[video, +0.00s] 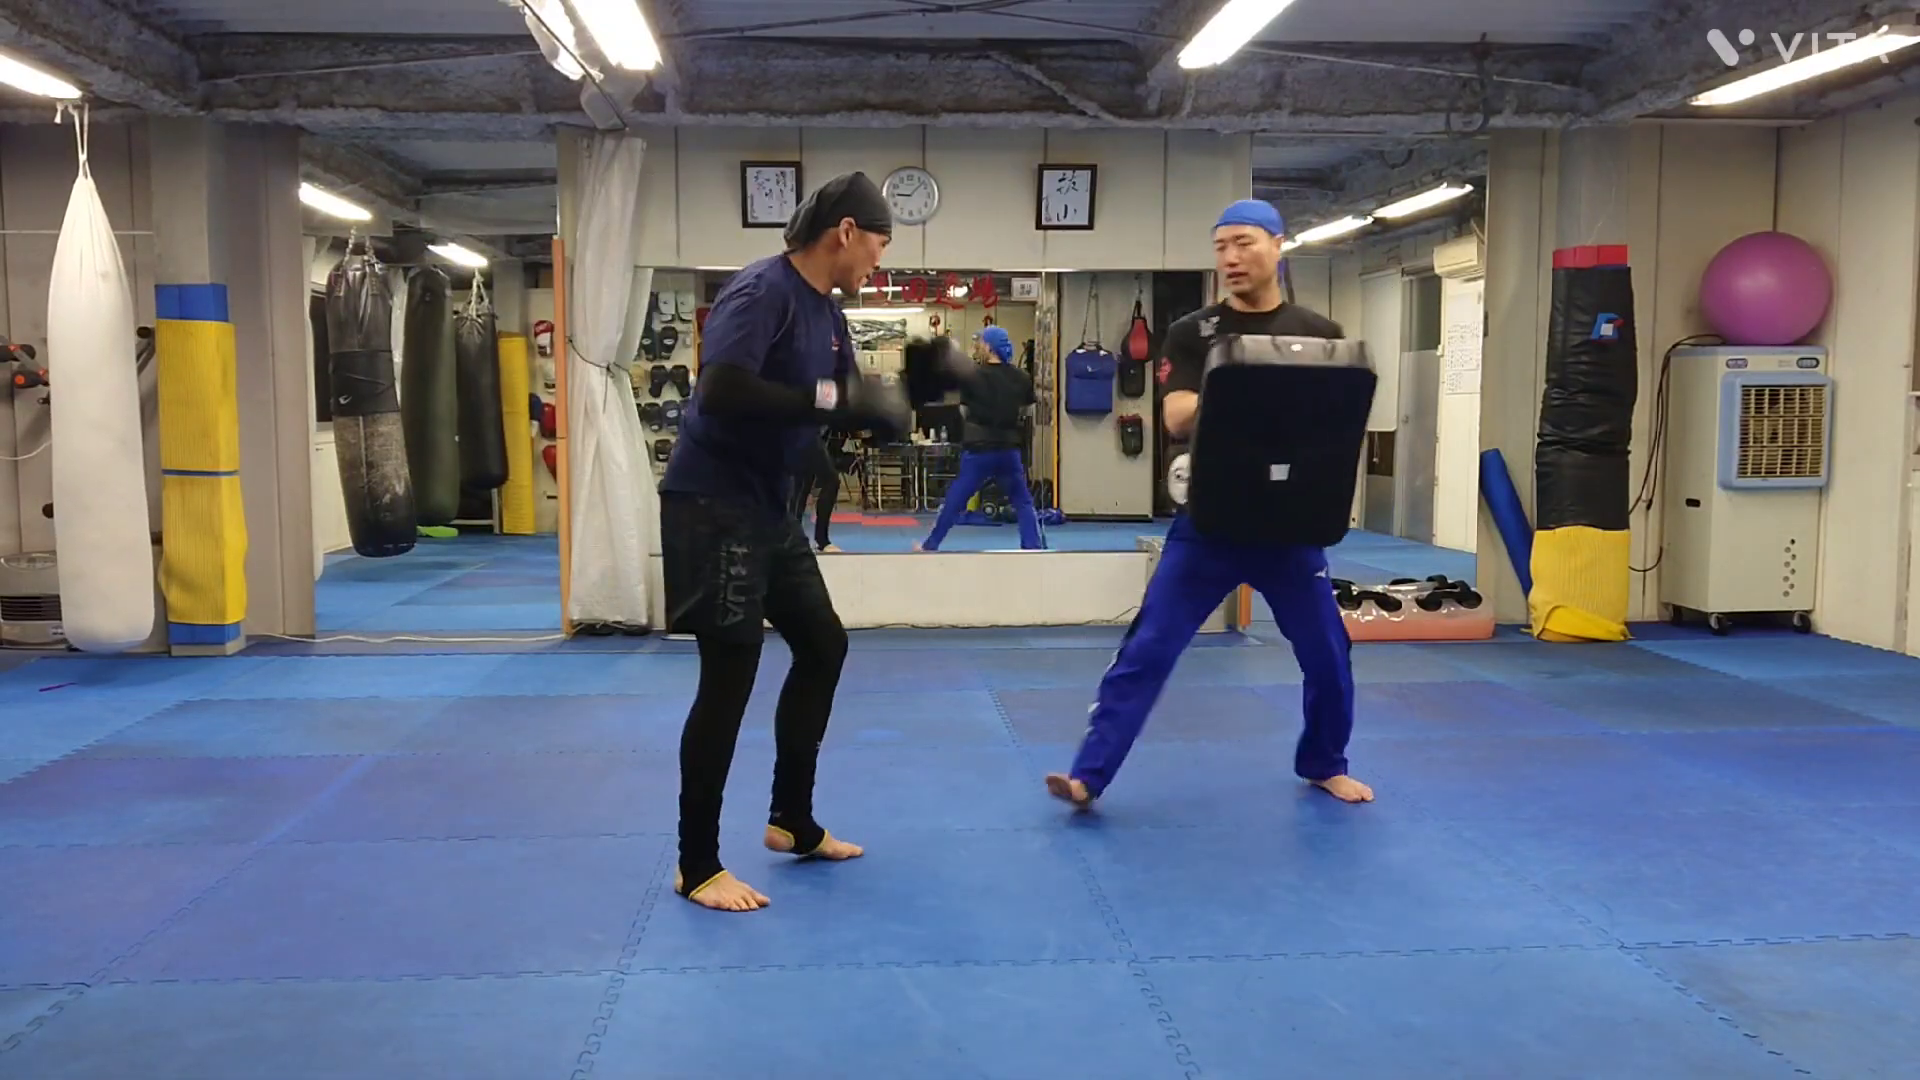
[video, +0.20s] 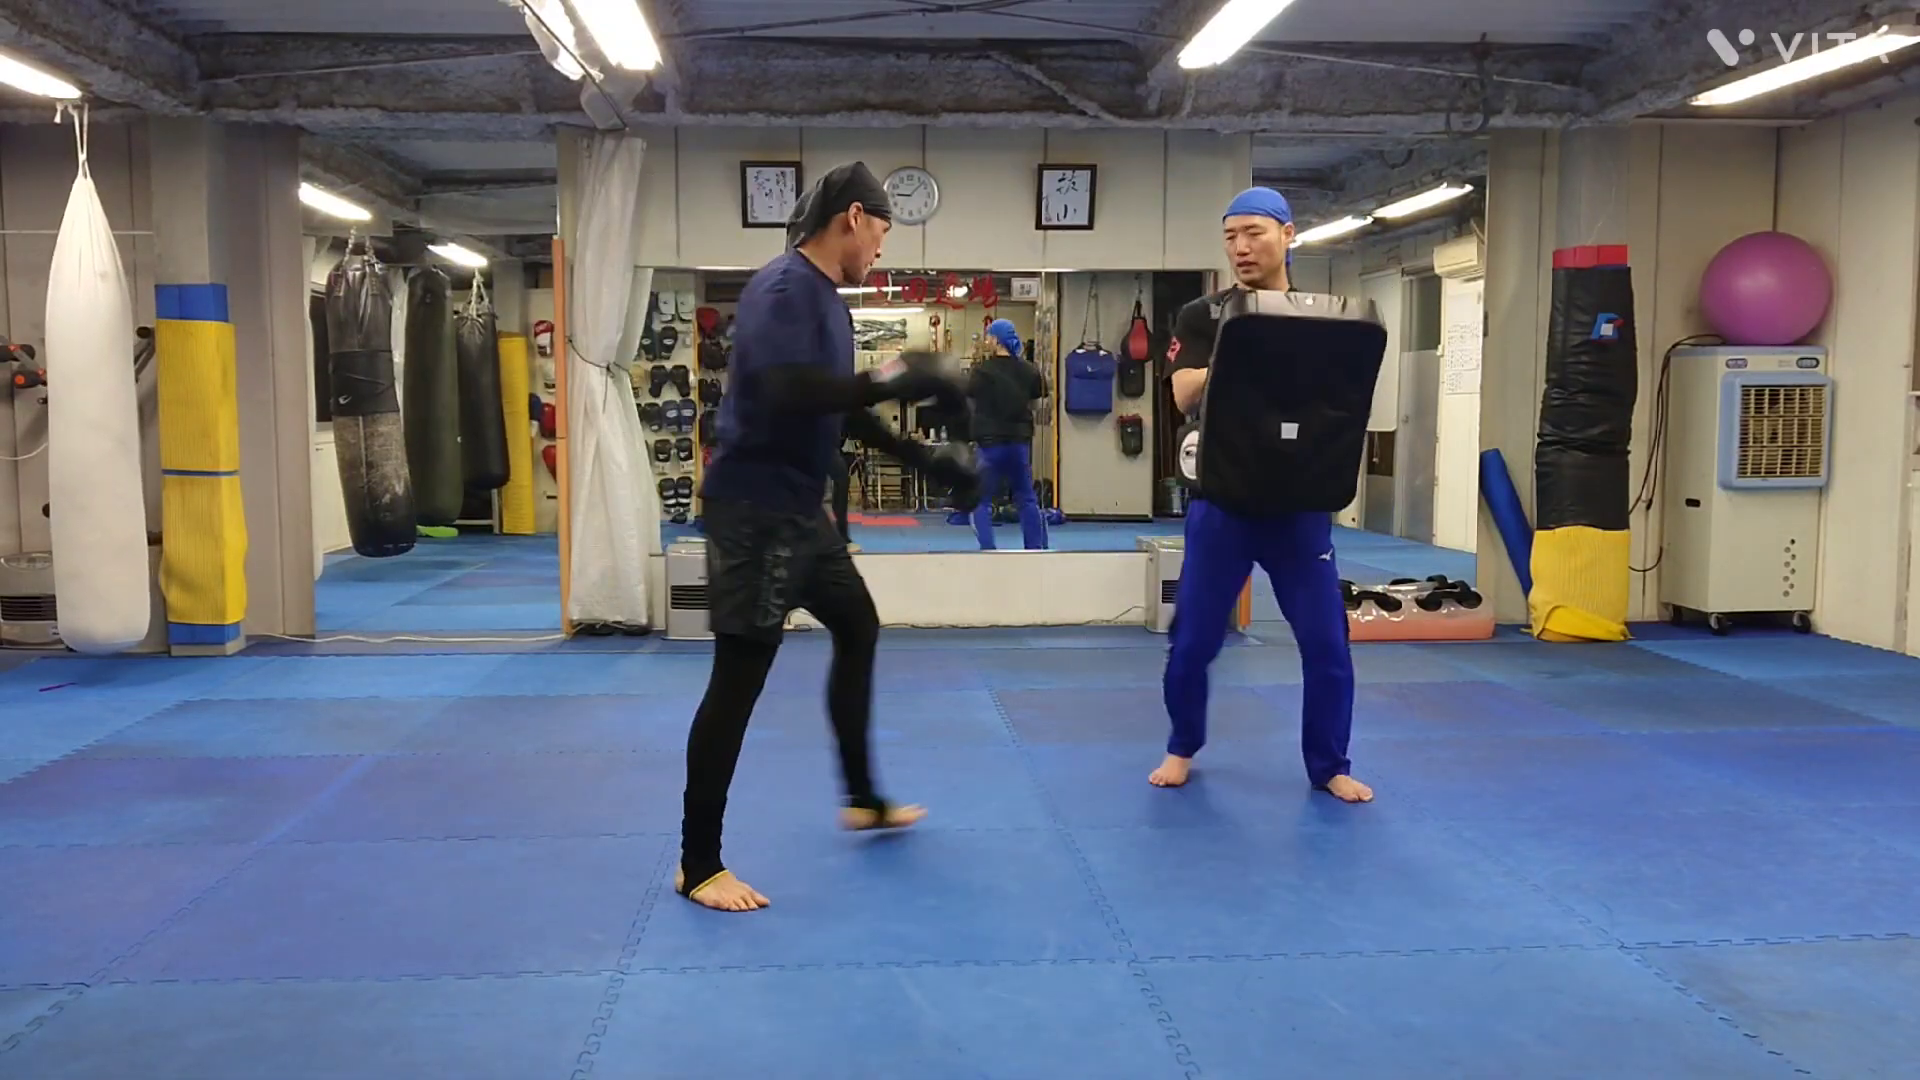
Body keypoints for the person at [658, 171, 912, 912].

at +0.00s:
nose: (879, 263)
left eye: (882, 250)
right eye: (876, 246)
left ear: (841, 237)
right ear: (841, 232)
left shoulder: (830, 316)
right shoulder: (760, 291)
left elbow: (851, 408)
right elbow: (719, 390)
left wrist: (918, 389)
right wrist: (826, 400)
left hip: (772, 514)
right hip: (714, 510)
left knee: (823, 648)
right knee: (726, 677)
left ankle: (791, 822)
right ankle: (697, 869)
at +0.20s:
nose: (881, 249)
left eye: (885, 235)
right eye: (881, 232)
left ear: (845, 220)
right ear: (852, 219)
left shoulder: (829, 301)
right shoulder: (782, 288)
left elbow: (841, 411)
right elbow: (781, 390)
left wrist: (922, 458)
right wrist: (895, 384)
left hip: (800, 510)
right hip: (752, 511)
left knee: (857, 624)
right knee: (739, 676)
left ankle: (862, 799)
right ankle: (698, 867)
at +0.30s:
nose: (882, 251)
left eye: (884, 237)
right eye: (881, 234)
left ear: (844, 223)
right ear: (852, 222)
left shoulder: (824, 297)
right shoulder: (795, 289)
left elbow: (819, 426)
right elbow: (852, 381)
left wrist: (883, 487)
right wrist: (933, 351)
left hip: (822, 517)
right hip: (774, 517)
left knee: (872, 634)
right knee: (748, 682)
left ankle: (909, 795)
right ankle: (699, 865)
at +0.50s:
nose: (872, 246)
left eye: (868, 235)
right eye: (867, 235)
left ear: (816, 243)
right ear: (842, 236)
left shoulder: (778, 324)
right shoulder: (879, 282)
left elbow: (724, 415)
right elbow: (980, 308)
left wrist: (690, 492)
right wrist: (949, 277)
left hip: (852, 503)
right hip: (905, 485)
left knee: (925, 649)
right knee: (933, 648)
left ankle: (944, 806)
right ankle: (803, 767)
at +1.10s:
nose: (923, 251)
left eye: (923, 238)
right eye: (918, 237)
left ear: (871, 236)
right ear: (888, 233)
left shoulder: (837, 295)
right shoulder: (881, 285)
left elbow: (848, 408)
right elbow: (912, 359)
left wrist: (933, 421)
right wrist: (1002, 348)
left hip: (860, 487)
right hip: (893, 483)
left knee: (925, 636)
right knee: (971, 624)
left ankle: (937, 800)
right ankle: (877, 778)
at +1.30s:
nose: (959, 275)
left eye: (959, 262)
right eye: (955, 260)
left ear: (922, 255)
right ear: (925, 252)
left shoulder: (899, 322)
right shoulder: (867, 313)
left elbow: (918, 418)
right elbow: (845, 400)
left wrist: (995, 401)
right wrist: (933, 397)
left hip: (862, 510)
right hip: (821, 509)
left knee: (933, 617)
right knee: (847, 657)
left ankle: (911, 781)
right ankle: (784, 823)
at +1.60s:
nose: (967, 270)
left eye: (968, 258)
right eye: (964, 256)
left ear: (932, 252)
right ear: (937, 250)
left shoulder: (932, 326)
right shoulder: (881, 316)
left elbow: (953, 413)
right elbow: (877, 396)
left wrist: (1022, 419)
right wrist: (966, 377)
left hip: (913, 515)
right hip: (861, 517)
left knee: (969, 617)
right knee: (848, 657)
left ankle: (997, 761)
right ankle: (782, 822)